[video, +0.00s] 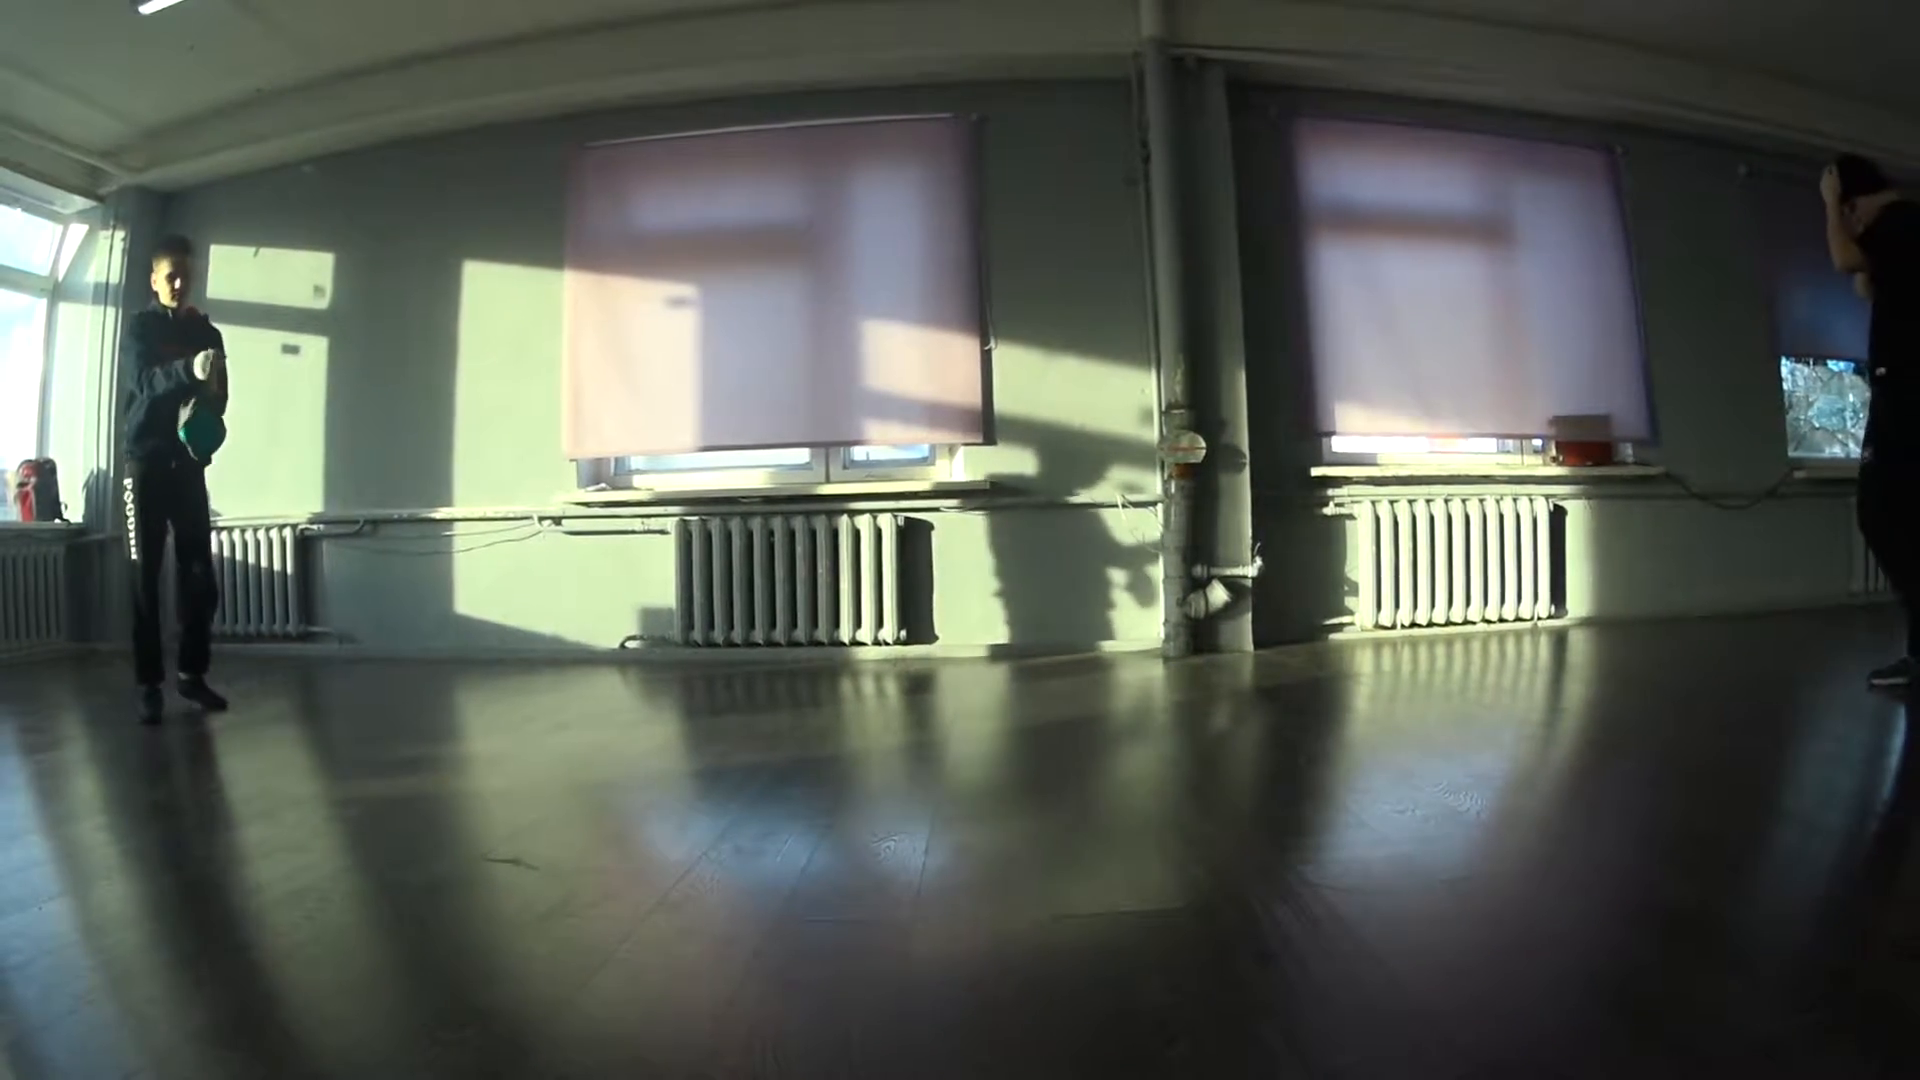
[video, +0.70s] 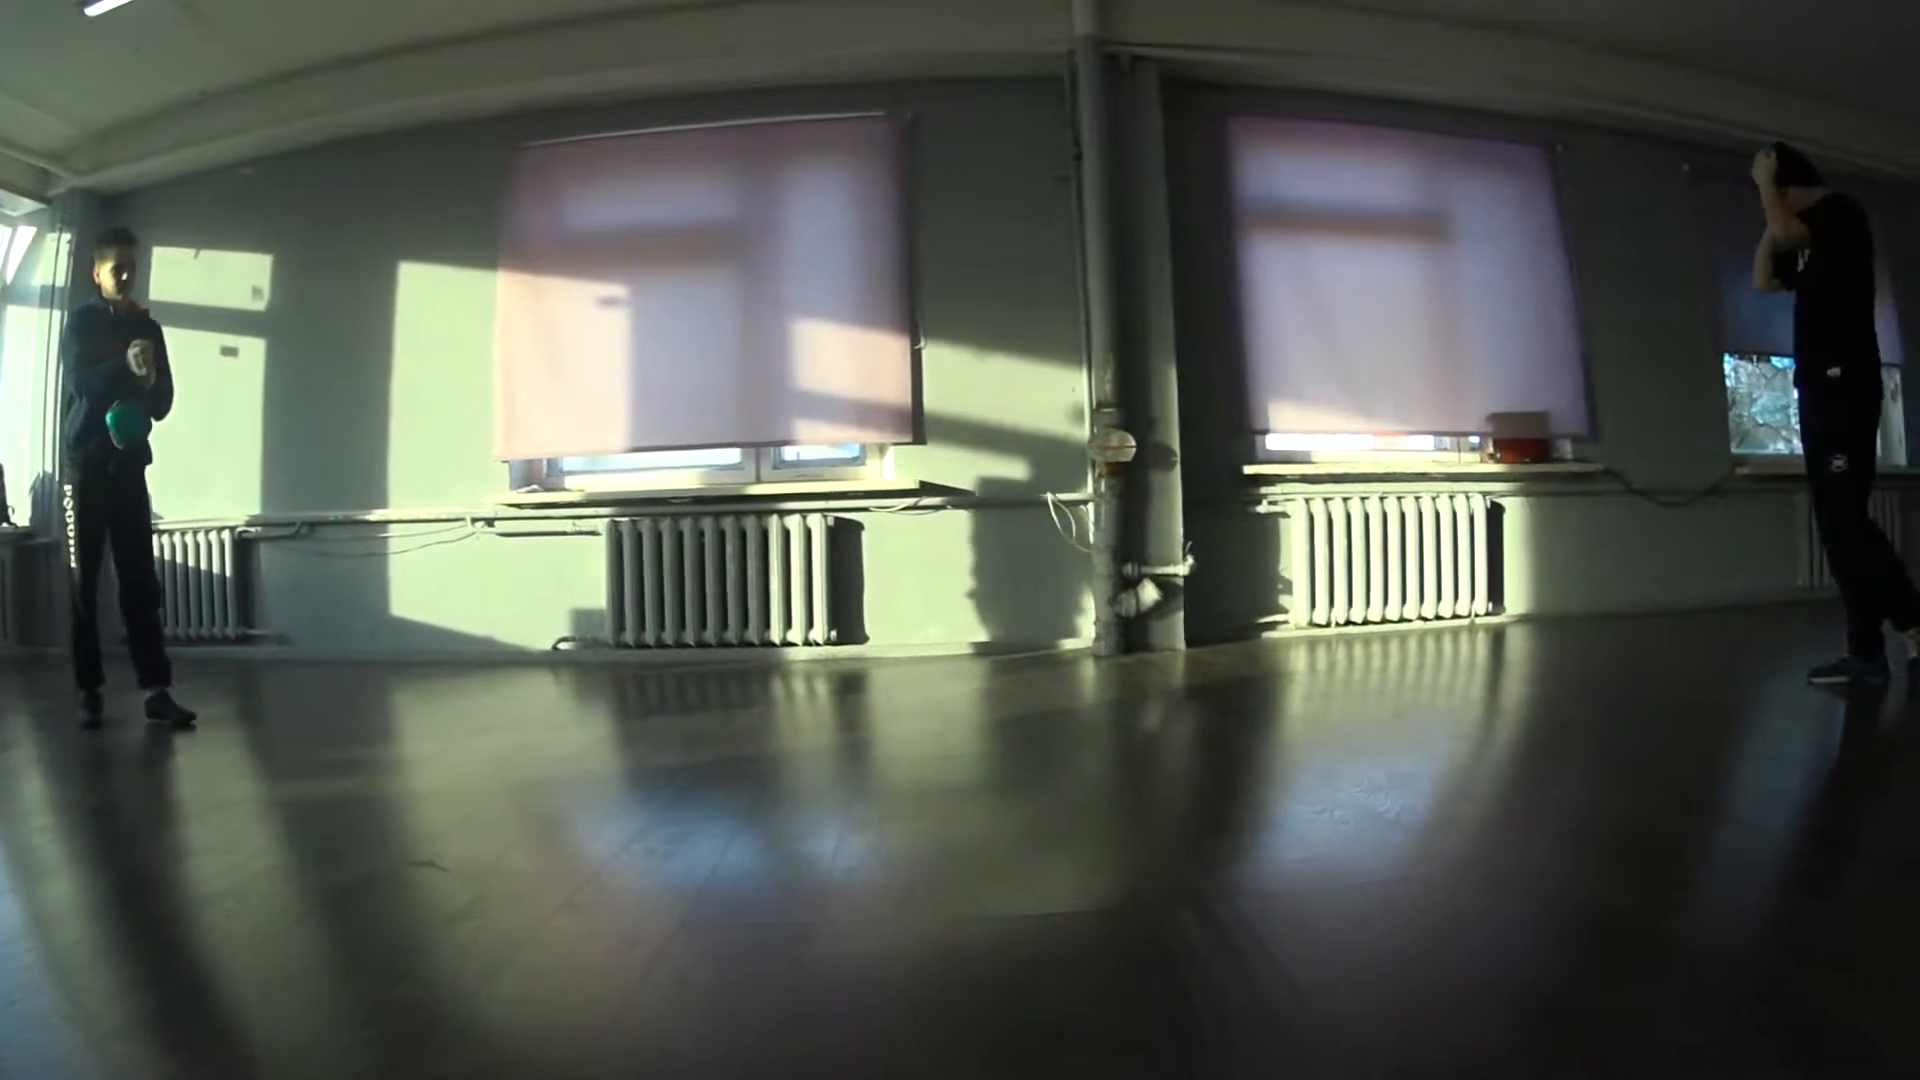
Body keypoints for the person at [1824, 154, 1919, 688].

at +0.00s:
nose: (1842, 217)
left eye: (1842, 204)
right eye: (1840, 205)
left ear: (1856, 200)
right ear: (1876, 191)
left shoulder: (1895, 224)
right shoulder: (1895, 225)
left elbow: (1847, 259)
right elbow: (1862, 280)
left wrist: (1830, 205)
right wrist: (1845, 214)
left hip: (1902, 403)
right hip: (1898, 400)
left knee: (1881, 514)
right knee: (1887, 514)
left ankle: (1917, 652)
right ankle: (1915, 651)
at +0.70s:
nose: (1769, 196)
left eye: (1771, 184)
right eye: (1764, 186)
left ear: (1791, 183)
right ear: (1801, 185)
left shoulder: (1841, 215)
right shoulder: (1816, 238)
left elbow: (1785, 229)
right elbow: (1766, 280)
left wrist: (1765, 185)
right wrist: (1770, 223)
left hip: (1847, 386)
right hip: (1823, 389)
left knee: (1845, 518)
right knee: (1838, 520)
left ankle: (1910, 624)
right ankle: (1864, 653)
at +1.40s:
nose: (1810, 169)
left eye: (1817, 158)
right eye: (1799, 163)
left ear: (1836, 161)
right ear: (1789, 175)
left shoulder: (1869, 212)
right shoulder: (1796, 225)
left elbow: (1861, 188)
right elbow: (1744, 250)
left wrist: (1820, 128)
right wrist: (1776, 186)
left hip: (1870, 380)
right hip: (1815, 383)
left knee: (1872, 514)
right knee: (1824, 517)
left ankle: (1881, 656)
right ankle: (1848, 652)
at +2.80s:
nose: (1738, 166)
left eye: (1747, 155)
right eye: (1736, 156)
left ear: (1774, 157)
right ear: (1742, 162)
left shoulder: (1809, 202)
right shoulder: (1752, 224)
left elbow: (1769, 195)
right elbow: (1704, 250)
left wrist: (1748, 142)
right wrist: (1722, 195)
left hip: (1811, 377)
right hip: (1770, 380)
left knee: (1804, 515)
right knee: (1785, 521)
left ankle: (1859, 645)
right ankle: (1812, 659)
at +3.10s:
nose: (1724, 179)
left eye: (1732, 168)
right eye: (1716, 172)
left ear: (1756, 164)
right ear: (1711, 176)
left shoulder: (1792, 204)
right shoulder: (1733, 227)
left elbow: (1784, 234)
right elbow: (1702, 290)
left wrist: (1716, 187)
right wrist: (1694, 237)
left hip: (1798, 378)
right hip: (1757, 381)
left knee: (1783, 518)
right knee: (1777, 519)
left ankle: (1811, 665)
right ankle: (1799, 661)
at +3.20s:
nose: (1717, 181)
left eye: (1724, 167)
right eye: (1708, 173)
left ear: (1748, 161)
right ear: (1704, 178)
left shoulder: (1782, 203)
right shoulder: (1733, 232)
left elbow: (1804, 251)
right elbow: (1723, 308)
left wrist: (1721, 262)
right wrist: (1694, 284)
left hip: (1794, 378)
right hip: (1755, 382)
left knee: (1777, 517)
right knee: (1782, 518)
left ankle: (1767, 661)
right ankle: (1813, 661)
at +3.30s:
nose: (1706, 184)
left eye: (1712, 170)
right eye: (1697, 176)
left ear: (1736, 162)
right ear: (1696, 178)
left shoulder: (1773, 208)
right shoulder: (1728, 232)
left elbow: (1808, 274)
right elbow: (1737, 321)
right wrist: (1689, 357)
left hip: (1787, 386)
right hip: (1752, 389)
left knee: (1771, 524)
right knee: (1782, 524)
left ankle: (1734, 662)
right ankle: (1815, 663)